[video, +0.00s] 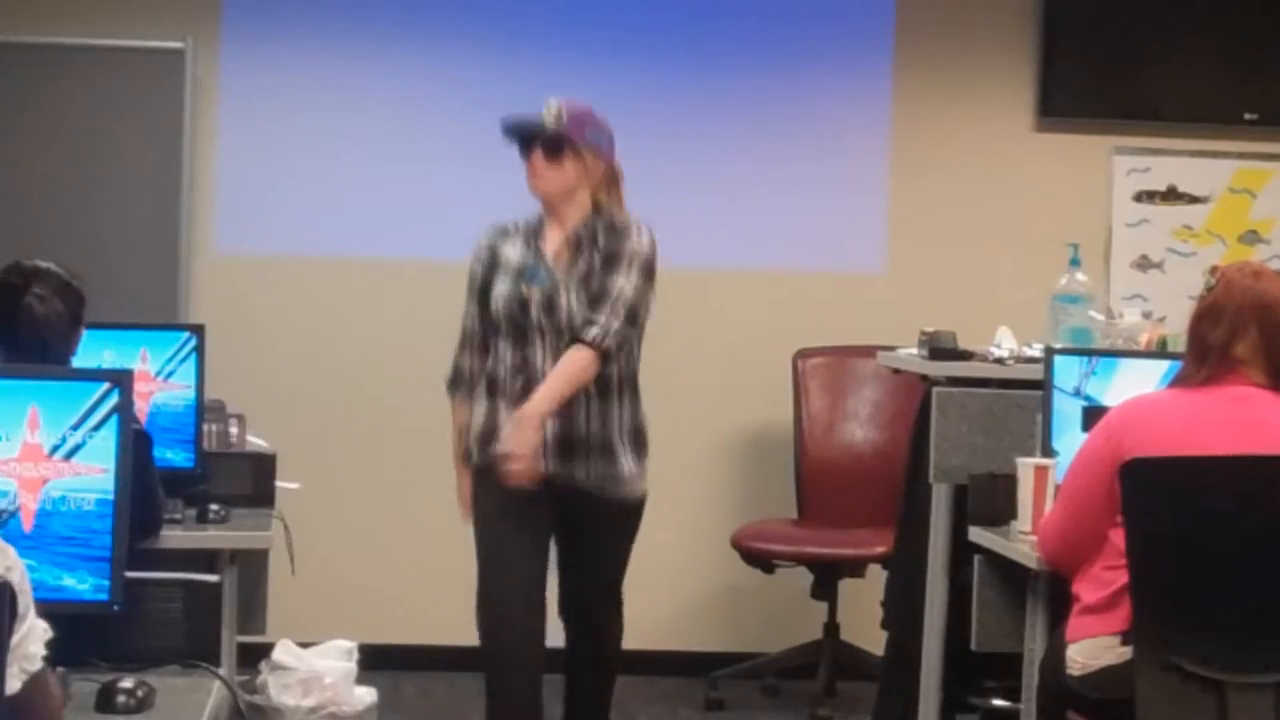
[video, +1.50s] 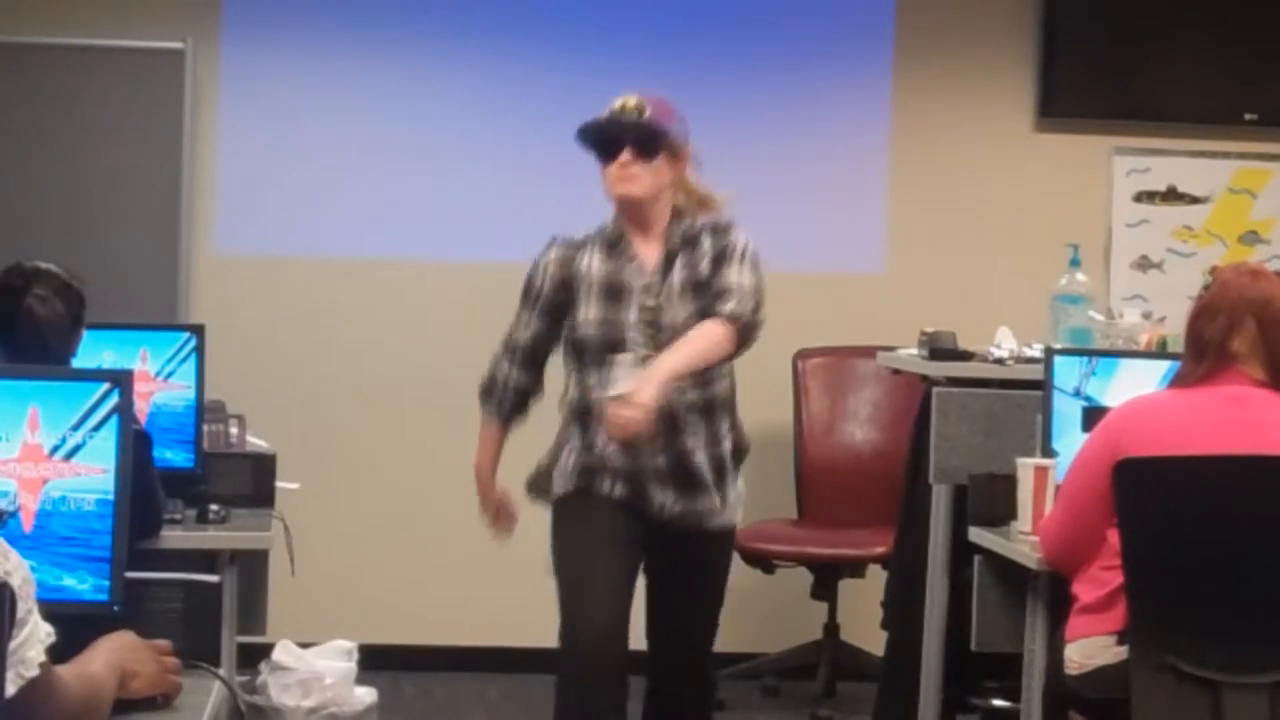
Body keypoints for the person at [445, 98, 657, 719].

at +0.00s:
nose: (536, 161)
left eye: (555, 152)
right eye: (532, 151)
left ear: (594, 164)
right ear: (526, 162)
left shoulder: (629, 241)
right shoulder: (499, 245)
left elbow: (602, 339)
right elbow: (468, 361)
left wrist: (531, 412)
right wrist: (464, 460)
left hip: (600, 472)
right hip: (505, 469)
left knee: (592, 627)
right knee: (507, 628)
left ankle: (586, 716)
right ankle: (512, 717)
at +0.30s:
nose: (520, 165)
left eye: (540, 155)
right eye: (516, 154)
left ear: (581, 169)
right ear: (510, 164)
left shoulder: (628, 251)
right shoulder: (484, 259)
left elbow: (656, 370)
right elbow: (449, 372)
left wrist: (655, 477)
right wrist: (422, 479)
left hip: (603, 469)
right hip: (505, 467)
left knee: (633, 633)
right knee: (507, 634)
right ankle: (512, 719)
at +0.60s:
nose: (616, 153)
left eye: (622, 143)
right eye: (597, 143)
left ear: (631, 154)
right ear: (557, 159)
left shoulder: (652, 235)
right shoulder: (518, 230)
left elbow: (679, 332)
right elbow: (530, 309)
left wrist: (680, 416)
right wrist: (588, 359)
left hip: (622, 457)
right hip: (520, 455)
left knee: (641, 621)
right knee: (499, 623)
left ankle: (649, 719)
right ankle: (490, 718)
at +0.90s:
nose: (678, 146)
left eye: (679, 136)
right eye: (659, 138)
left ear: (680, 144)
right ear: (613, 151)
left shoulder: (694, 233)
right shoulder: (567, 227)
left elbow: (681, 343)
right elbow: (599, 338)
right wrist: (680, 419)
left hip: (672, 460)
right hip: (572, 459)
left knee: (686, 644)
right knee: (559, 643)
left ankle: (687, 718)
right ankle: (540, 716)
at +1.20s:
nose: (695, 177)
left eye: (704, 166)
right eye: (674, 168)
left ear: (715, 179)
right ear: (638, 188)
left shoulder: (740, 280)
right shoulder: (599, 270)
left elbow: (762, 406)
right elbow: (541, 389)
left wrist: (777, 521)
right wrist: (509, 505)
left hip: (707, 499)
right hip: (603, 492)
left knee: (718, 659)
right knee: (591, 650)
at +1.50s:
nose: (625, 160)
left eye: (644, 148)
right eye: (612, 149)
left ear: (678, 163)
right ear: (600, 165)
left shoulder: (719, 244)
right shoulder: (568, 260)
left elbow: (731, 322)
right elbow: (516, 366)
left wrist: (653, 379)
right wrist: (486, 475)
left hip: (693, 489)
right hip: (595, 485)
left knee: (683, 670)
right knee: (590, 658)